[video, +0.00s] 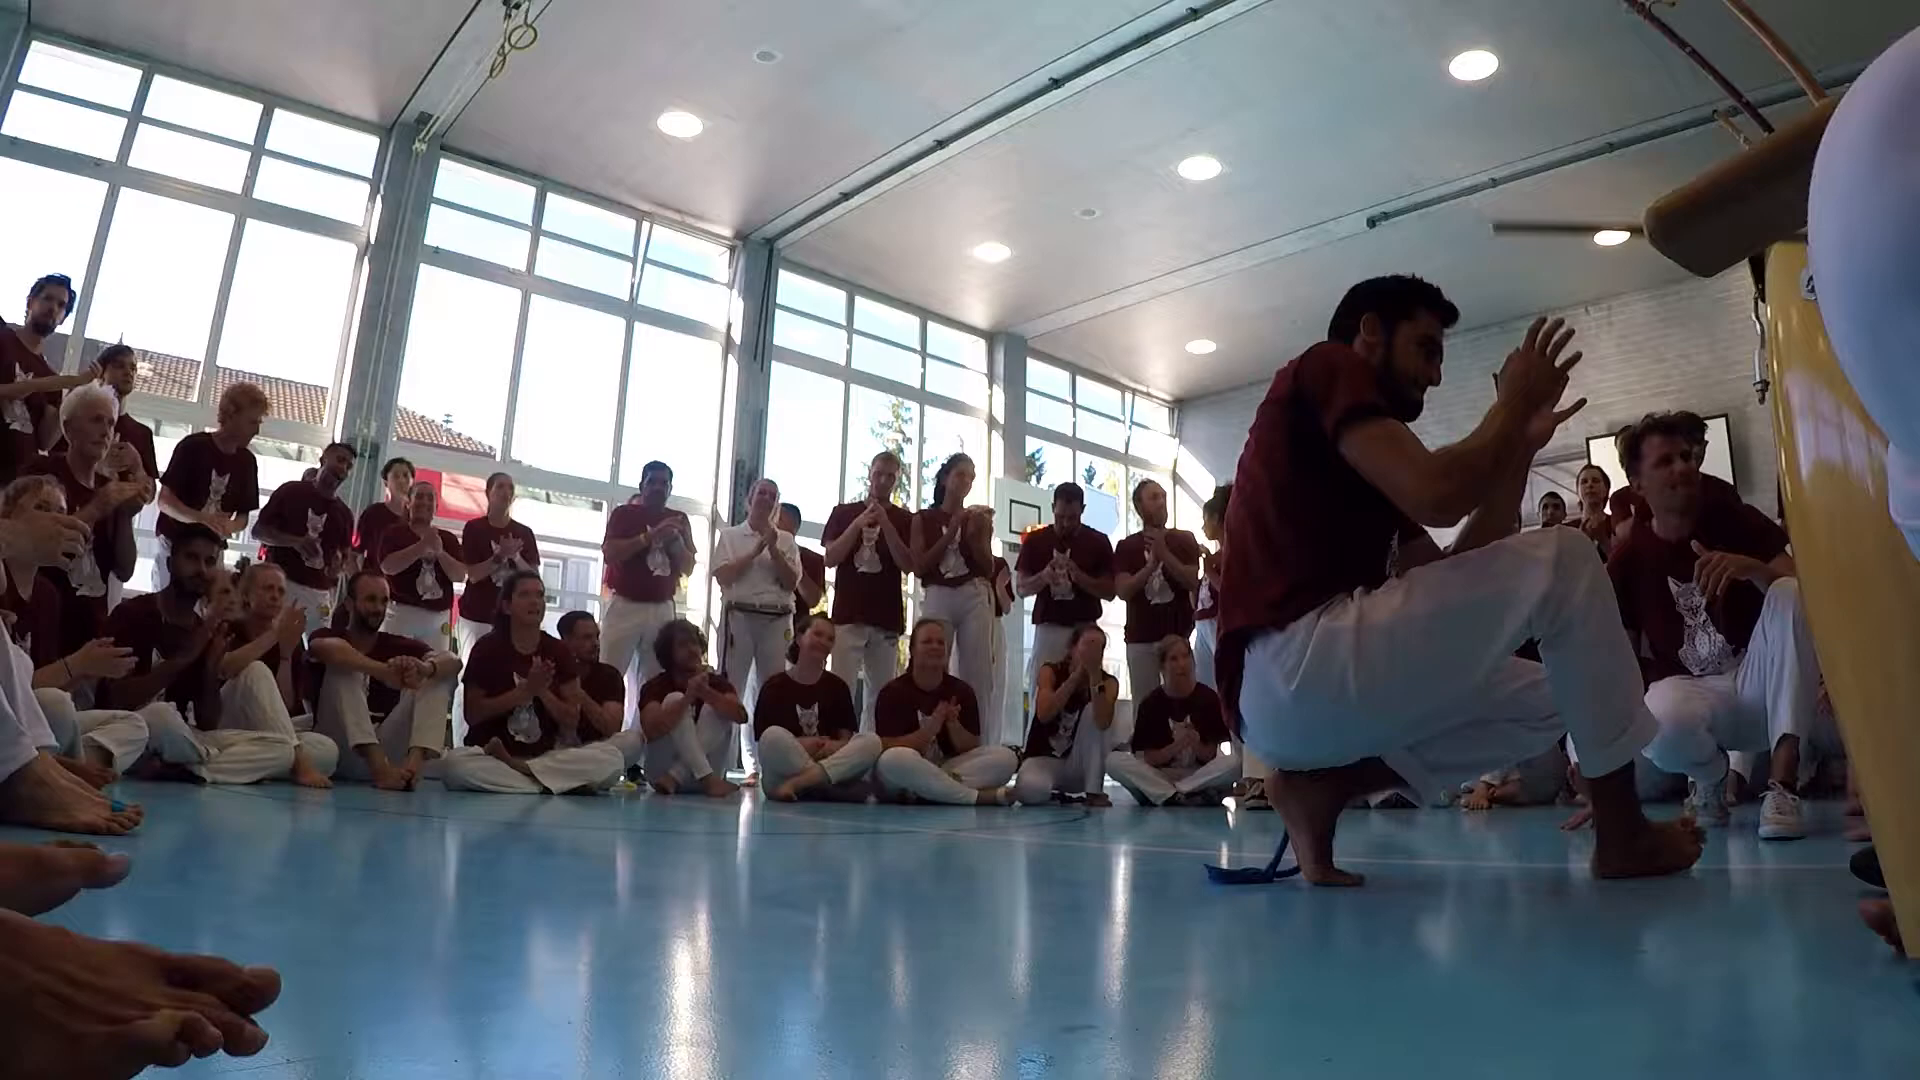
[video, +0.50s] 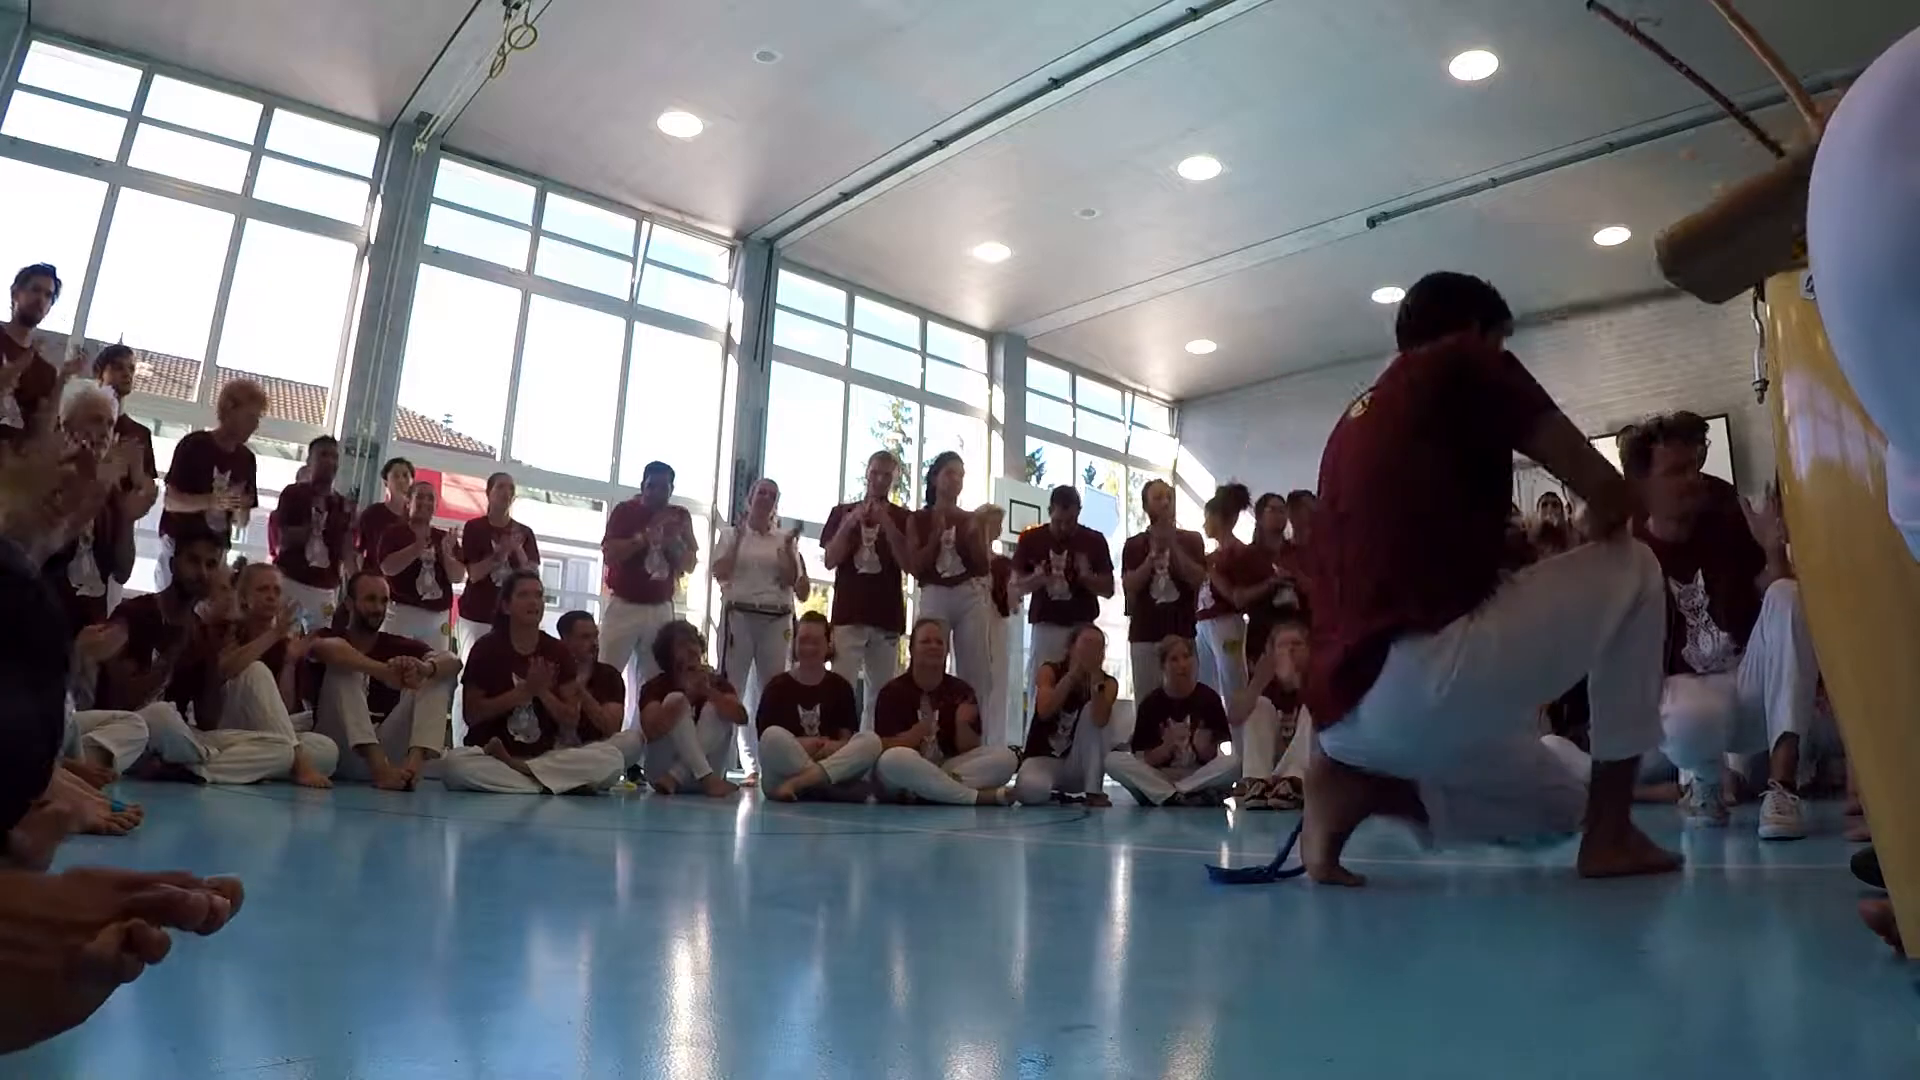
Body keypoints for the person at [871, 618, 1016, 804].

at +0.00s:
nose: (935, 648)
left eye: (940, 643)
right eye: (927, 642)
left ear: (947, 650)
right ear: (912, 650)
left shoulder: (962, 691)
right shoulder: (892, 692)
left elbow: (971, 749)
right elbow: (888, 747)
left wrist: (954, 724)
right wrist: (930, 729)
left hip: (951, 767)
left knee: (1006, 758)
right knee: (893, 760)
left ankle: (928, 792)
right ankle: (976, 798)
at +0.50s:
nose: (933, 647)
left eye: (939, 643)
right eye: (925, 642)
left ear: (946, 650)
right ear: (912, 650)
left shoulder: (961, 690)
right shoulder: (893, 691)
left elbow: (969, 749)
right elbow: (884, 745)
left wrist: (963, 724)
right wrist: (919, 731)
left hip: (951, 765)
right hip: (909, 766)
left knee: (1006, 758)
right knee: (892, 760)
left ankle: (928, 792)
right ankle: (975, 798)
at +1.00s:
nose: (931, 646)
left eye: (937, 641)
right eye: (923, 641)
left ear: (946, 650)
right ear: (912, 649)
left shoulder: (962, 691)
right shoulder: (893, 691)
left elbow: (972, 747)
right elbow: (884, 744)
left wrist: (950, 724)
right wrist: (923, 737)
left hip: (951, 767)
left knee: (1006, 758)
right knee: (893, 759)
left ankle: (929, 792)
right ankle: (975, 798)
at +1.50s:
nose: (929, 645)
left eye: (935, 640)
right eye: (921, 641)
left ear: (945, 650)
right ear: (911, 649)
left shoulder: (962, 691)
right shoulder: (892, 692)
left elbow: (973, 747)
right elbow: (885, 745)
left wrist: (951, 727)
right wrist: (926, 734)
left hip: (950, 767)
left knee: (1006, 758)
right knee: (893, 759)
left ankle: (928, 792)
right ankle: (975, 798)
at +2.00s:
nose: (927, 645)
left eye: (934, 640)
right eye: (920, 640)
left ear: (944, 648)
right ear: (910, 649)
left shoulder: (962, 690)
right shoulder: (892, 691)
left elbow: (972, 749)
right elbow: (883, 745)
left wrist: (959, 728)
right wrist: (918, 735)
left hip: (951, 767)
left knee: (1006, 758)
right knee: (893, 760)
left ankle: (928, 792)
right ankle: (975, 798)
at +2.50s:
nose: (926, 646)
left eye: (933, 641)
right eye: (919, 641)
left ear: (944, 650)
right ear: (909, 650)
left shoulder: (961, 689)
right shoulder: (891, 692)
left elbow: (966, 749)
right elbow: (884, 746)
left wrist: (967, 726)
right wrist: (919, 729)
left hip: (950, 766)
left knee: (1006, 759)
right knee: (894, 760)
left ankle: (928, 792)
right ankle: (975, 798)